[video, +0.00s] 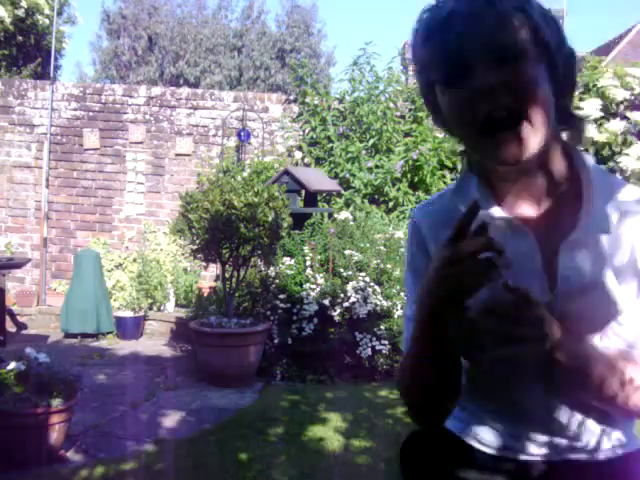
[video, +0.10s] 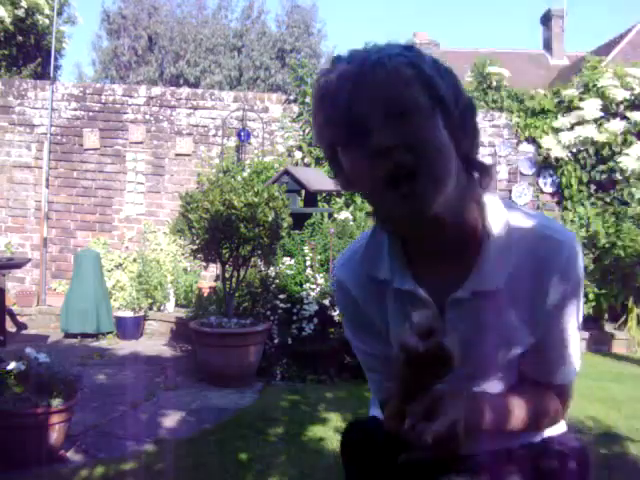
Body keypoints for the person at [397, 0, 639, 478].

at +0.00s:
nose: (489, 87)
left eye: (508, 58)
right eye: (457, 75)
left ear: (557, 73)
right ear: (435, 108)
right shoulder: (434, 226)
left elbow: (637, 399)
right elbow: (424, 408)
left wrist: (557, 346)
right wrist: (438, 300)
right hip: (481, 455)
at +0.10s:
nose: (385, 145)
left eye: (401, 116)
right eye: (355, 136)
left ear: (458, 127)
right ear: (341, 177)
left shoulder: (549, 251)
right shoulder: (354, 278)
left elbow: (552, 400)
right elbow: (395, 421)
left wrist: (472, 412)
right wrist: (412, 382)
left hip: (524, 449)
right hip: (421, 452)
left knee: (570, 456)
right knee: (360, 441)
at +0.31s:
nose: (311, 181)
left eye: (332, 150)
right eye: (285, 171)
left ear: (385, 155)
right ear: (270, 201)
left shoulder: (487, 267)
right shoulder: (293, 292)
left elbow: (499, 398)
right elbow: (347, 439)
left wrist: (425, 420)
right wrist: (353, 384)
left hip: (481, 451)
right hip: (367, 455)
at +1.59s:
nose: (264, 185)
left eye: (283, 157)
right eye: (256, 167)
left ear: (357, 154)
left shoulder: (467, 269)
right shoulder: (292, 273)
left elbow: (503, 410)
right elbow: (337, 447)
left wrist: (384, 459)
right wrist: (311, 353)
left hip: (483, 460)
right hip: (377, 458)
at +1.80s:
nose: (273, 164)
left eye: (282, 151)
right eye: (276, 150)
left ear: (326, 162)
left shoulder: (433, 284)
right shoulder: (333, 245)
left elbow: (552, 417)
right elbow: (313, 390)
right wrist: (277, 270)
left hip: (484, 472)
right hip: (413, 450)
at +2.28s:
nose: (345, 179)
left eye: (351, 164)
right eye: (350, 163)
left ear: (373, 178)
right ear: (456, 177)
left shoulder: (448, 277)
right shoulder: (413, 259)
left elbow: (556, 435)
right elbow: (368, 388)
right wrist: (344, 259)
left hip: (510, 471)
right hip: (456, 464)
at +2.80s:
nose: (352, 148)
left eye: (363, 137)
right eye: (359, 137)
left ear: (403, 154)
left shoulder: (456, 260)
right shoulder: (422, 251)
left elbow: (569, 422)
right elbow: (378, 378)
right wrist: (349, 253)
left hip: (524, 471)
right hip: (479, 464)